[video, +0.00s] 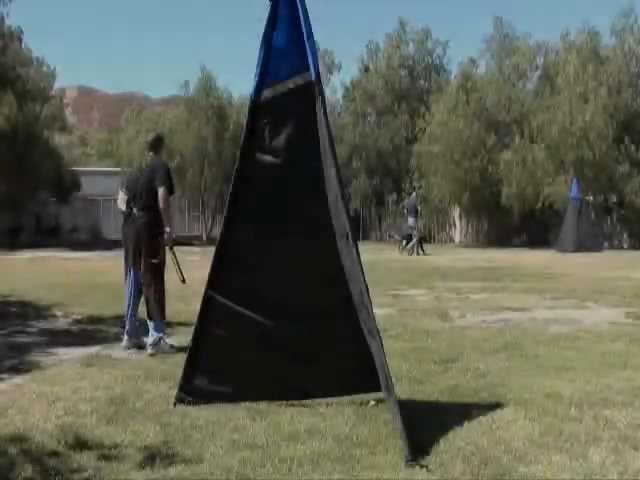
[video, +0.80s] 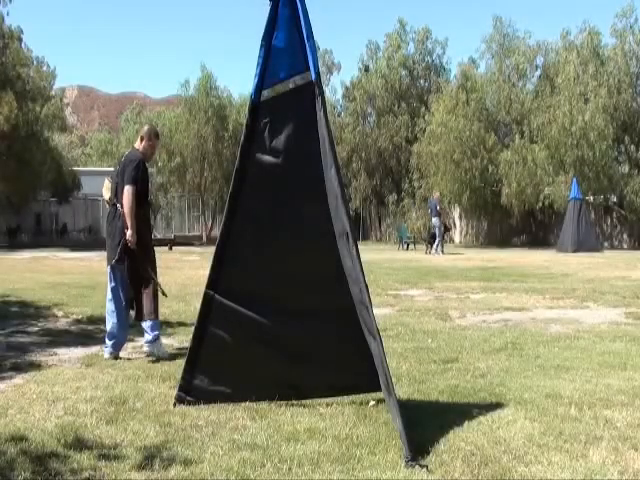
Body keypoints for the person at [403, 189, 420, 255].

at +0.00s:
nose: (415, 198)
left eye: (414, 197)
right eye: (415, 197)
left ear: (410, 197)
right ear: (415, 198)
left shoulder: (407, 204)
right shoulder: (415, 205)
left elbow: (405, 212)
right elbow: (418, 214)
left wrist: (406, 218)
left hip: (409, 220)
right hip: (414, 220)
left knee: (414, 236)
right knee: (416, 236)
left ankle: (415, 251)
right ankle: (408, 248)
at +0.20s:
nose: (423, 197)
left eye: (423, 196)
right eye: (423, 196)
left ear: (418, 196)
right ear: (422, 196)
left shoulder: (415, 201)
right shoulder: (421, 201)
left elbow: (413, 209)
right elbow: (424, 208)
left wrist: (414, 214)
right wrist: (426, 214)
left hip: (415, 217)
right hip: (420, 217)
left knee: (419, 234)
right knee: (425, 234)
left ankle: (416, 249)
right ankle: (428, 249)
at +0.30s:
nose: (428, 197)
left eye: (428, 196)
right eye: (428, 196)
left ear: (423, 196)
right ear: (426, 196)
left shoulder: (420, 203)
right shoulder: (425, 202)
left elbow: (417, 211)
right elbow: (426, 208)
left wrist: (418, 215)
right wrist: (429, 213)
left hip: (419, 218)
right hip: (424, 218)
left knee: (422, 236)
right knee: (429, 235)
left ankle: (416, 250)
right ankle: (433, 250)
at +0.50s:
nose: (432, 197)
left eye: (432, 196)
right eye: (432, 196)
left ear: (428, 196)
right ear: (432, 197)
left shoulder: (425, 202)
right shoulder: (431, 202)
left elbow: (423, 211)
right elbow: (433, 211)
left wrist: (425, 216)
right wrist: (435, 217)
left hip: (425, 219)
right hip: (430, 219)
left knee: (430, 234)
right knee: (434, 234)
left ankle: (426, 246)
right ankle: (434, 249)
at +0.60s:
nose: (436, 197)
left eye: (436, 195)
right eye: (436, 195)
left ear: (431, 195)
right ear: (435, 196)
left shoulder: (427, 201)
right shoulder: (434, 201)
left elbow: (425, 210)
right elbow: (436, 209)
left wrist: (428, 213)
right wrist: (438, 215)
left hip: (428, 217)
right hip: (433, 217)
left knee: (430, 233)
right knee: (435, 233)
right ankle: (434, 250)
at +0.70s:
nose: (438, 196)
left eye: (437, 194)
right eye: (437, 194)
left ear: (432, 194)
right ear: (437, 195)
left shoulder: (429, 200)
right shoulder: (436, 200)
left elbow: (427, 209)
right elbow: (437, 208)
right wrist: (439, 213)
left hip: (430, 217)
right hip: (435, 217)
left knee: (433, 233)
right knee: (435, 234)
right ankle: (434, 250)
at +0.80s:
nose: (438, 197)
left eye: (438, 195)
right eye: (437, 195)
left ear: (433, 195)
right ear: (436, 195)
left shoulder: (431, 202)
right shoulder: (436, 201)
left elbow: (429, 210)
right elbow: (438, 208)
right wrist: (441, 211)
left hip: (432, 217)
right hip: (437, 217)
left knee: (437, 235)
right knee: (439, 236)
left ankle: (439, 250)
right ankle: (434, 250)